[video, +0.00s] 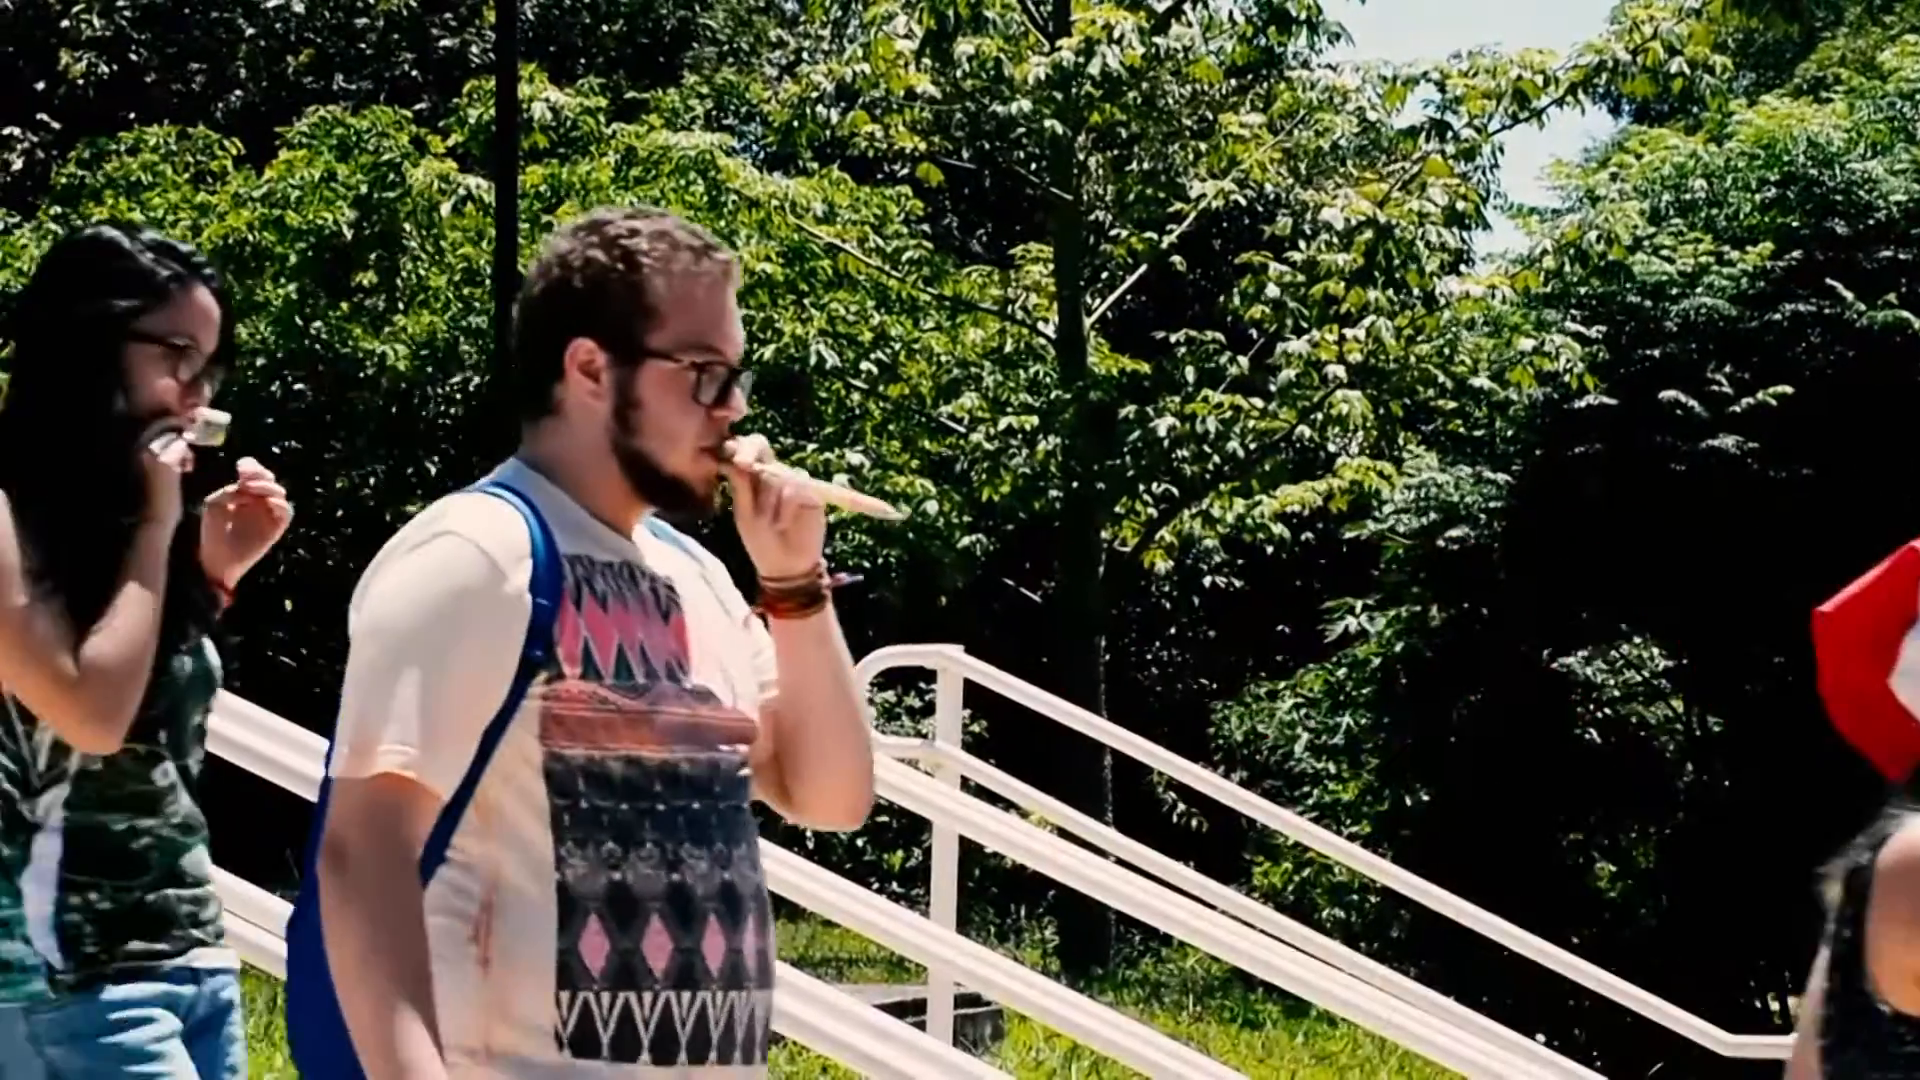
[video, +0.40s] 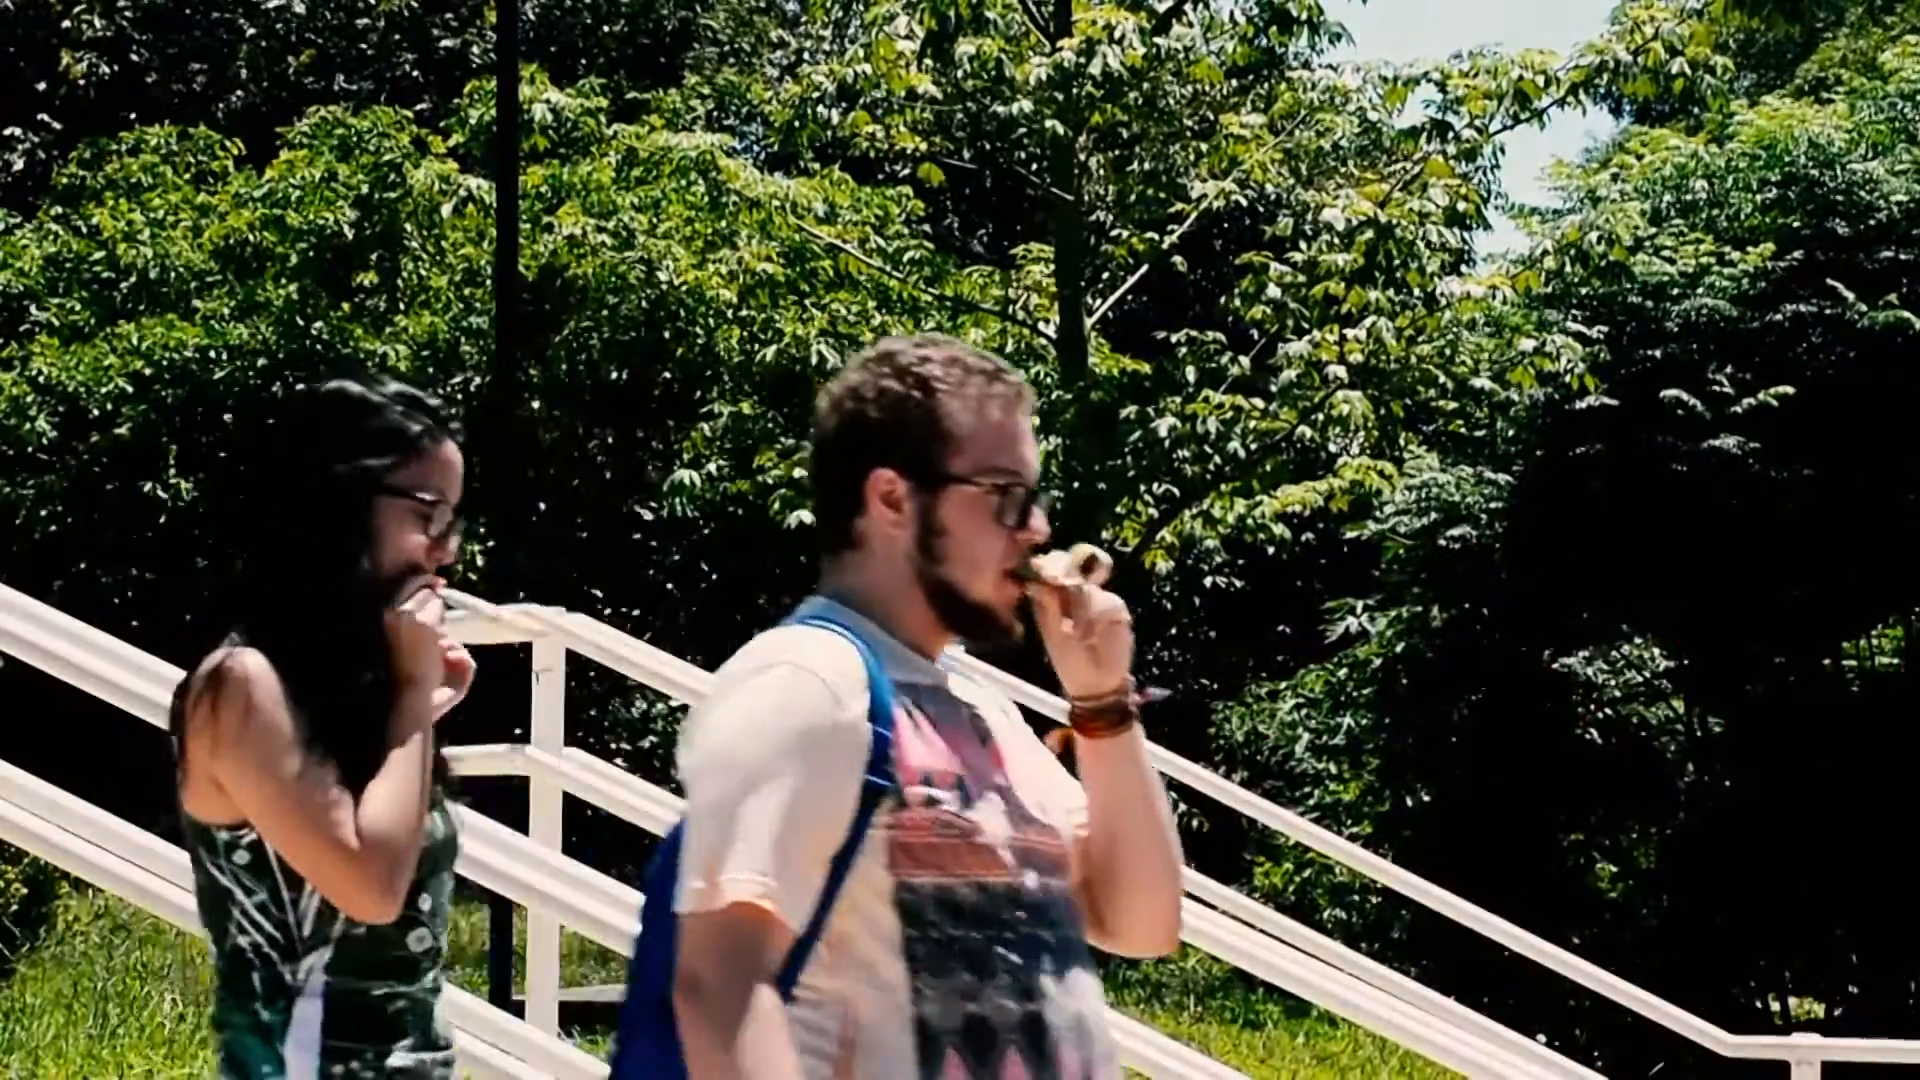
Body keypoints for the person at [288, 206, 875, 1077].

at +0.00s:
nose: (737, 408)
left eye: (737, 377)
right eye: (706, 373)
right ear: (589, 371)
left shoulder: (696, 576)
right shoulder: (467, 560)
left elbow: (833, 798)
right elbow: (364, 852)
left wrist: (797, 585)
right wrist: (411, 1066)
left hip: (708, 1054)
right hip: (516, 1053)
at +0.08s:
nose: (782, 422)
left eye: (783, 390)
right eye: (752, 386)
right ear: (636, 385)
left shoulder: (740, 589)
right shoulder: (512, 576)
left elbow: (881, 811)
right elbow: (405, 868)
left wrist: (845, 597)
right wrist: (446, 1070)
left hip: (754, 1059)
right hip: (555, 1058)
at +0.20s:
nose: (858, 452)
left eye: (859, 419)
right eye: (829, 415)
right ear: (713, 416)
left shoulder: (818, 626)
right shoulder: (596, 609)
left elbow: (962, 838)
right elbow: (487, 902)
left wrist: (924, 626)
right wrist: (526, 1072)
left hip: (843, 1061)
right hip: (651, 1061)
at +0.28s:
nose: (928, 482)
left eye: (928, 449)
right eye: (896, 447)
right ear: (780, 448)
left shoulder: (880, 656)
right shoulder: (676, 637)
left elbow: (1027, 874)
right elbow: (569, 940)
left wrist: (990, 654)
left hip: (929, 1061)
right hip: (745, 1062)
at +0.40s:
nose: (1037, 529)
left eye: (1033, 498)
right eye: (1007, 496)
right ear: (892, 502)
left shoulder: (982, 703)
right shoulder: (798, 688)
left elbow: (1141, 923)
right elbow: (718, 983)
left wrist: (1103, 705)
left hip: (1066, 1063)